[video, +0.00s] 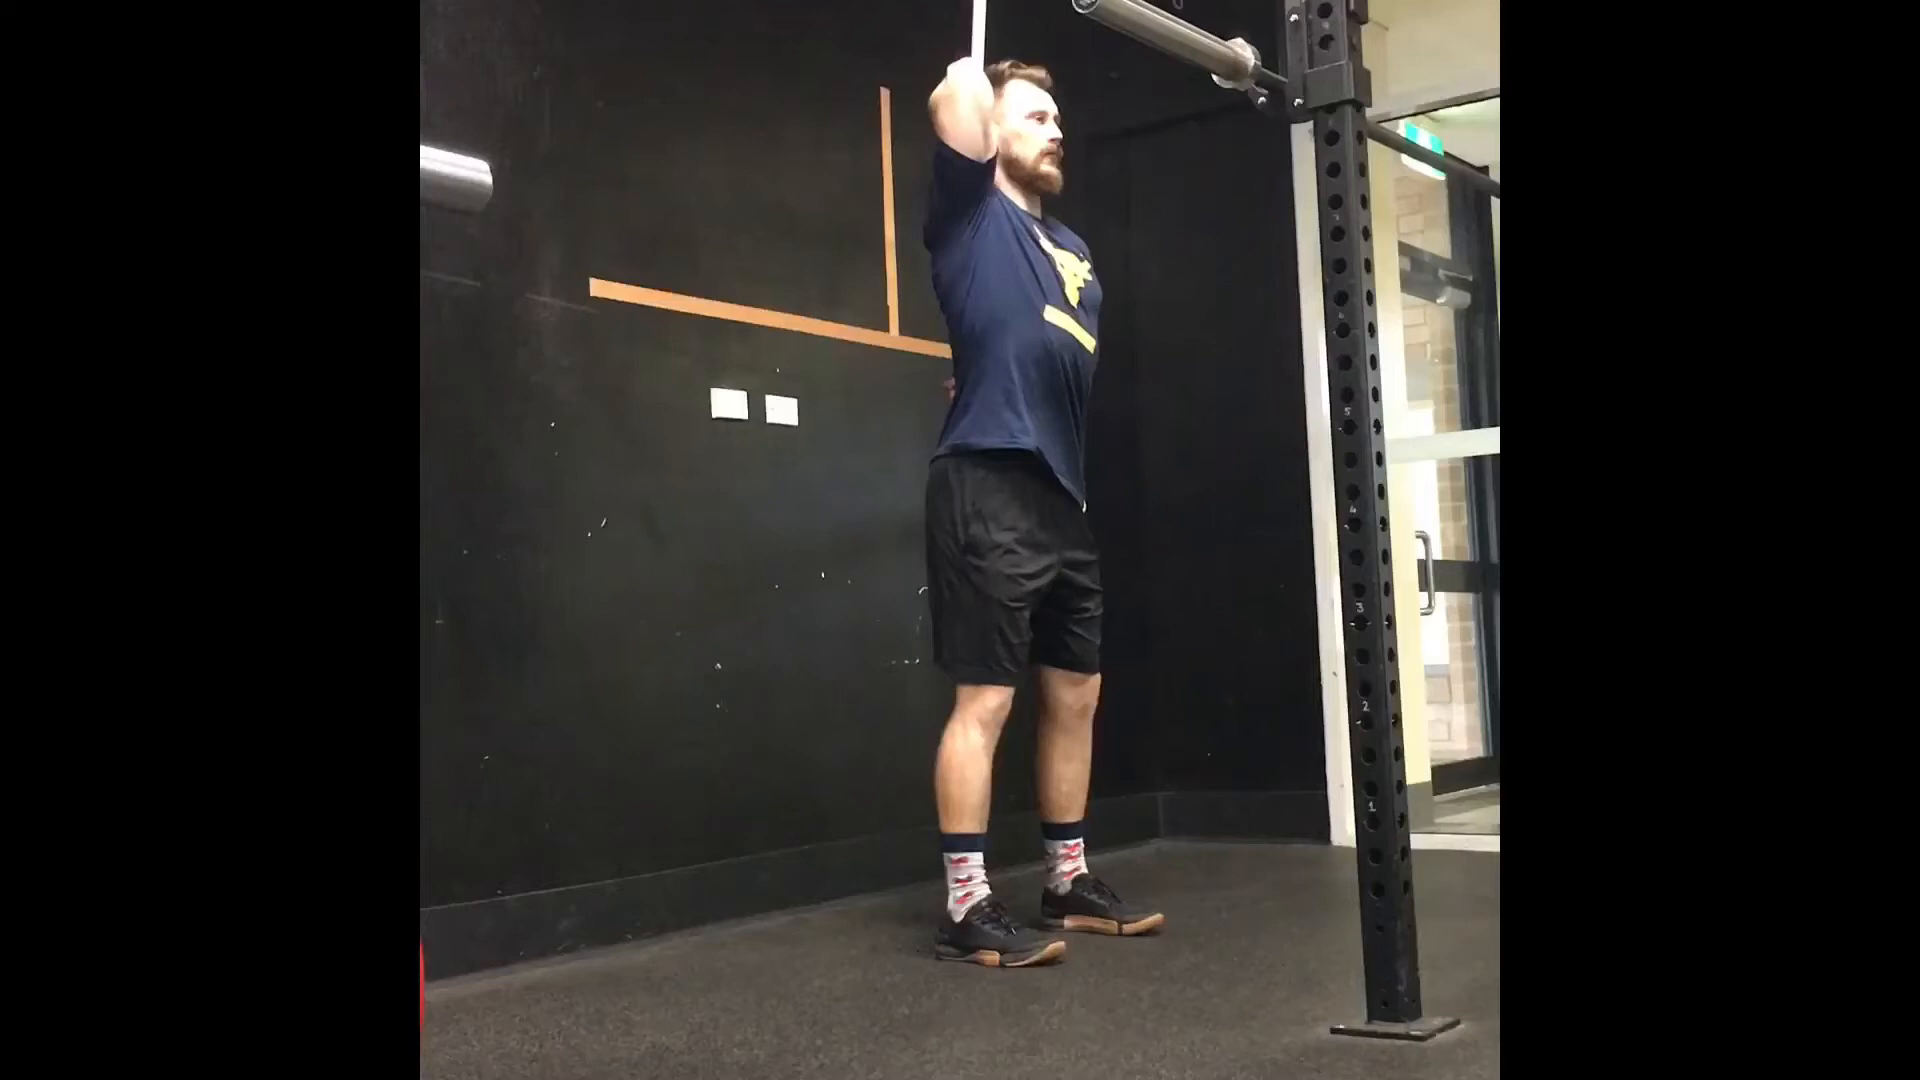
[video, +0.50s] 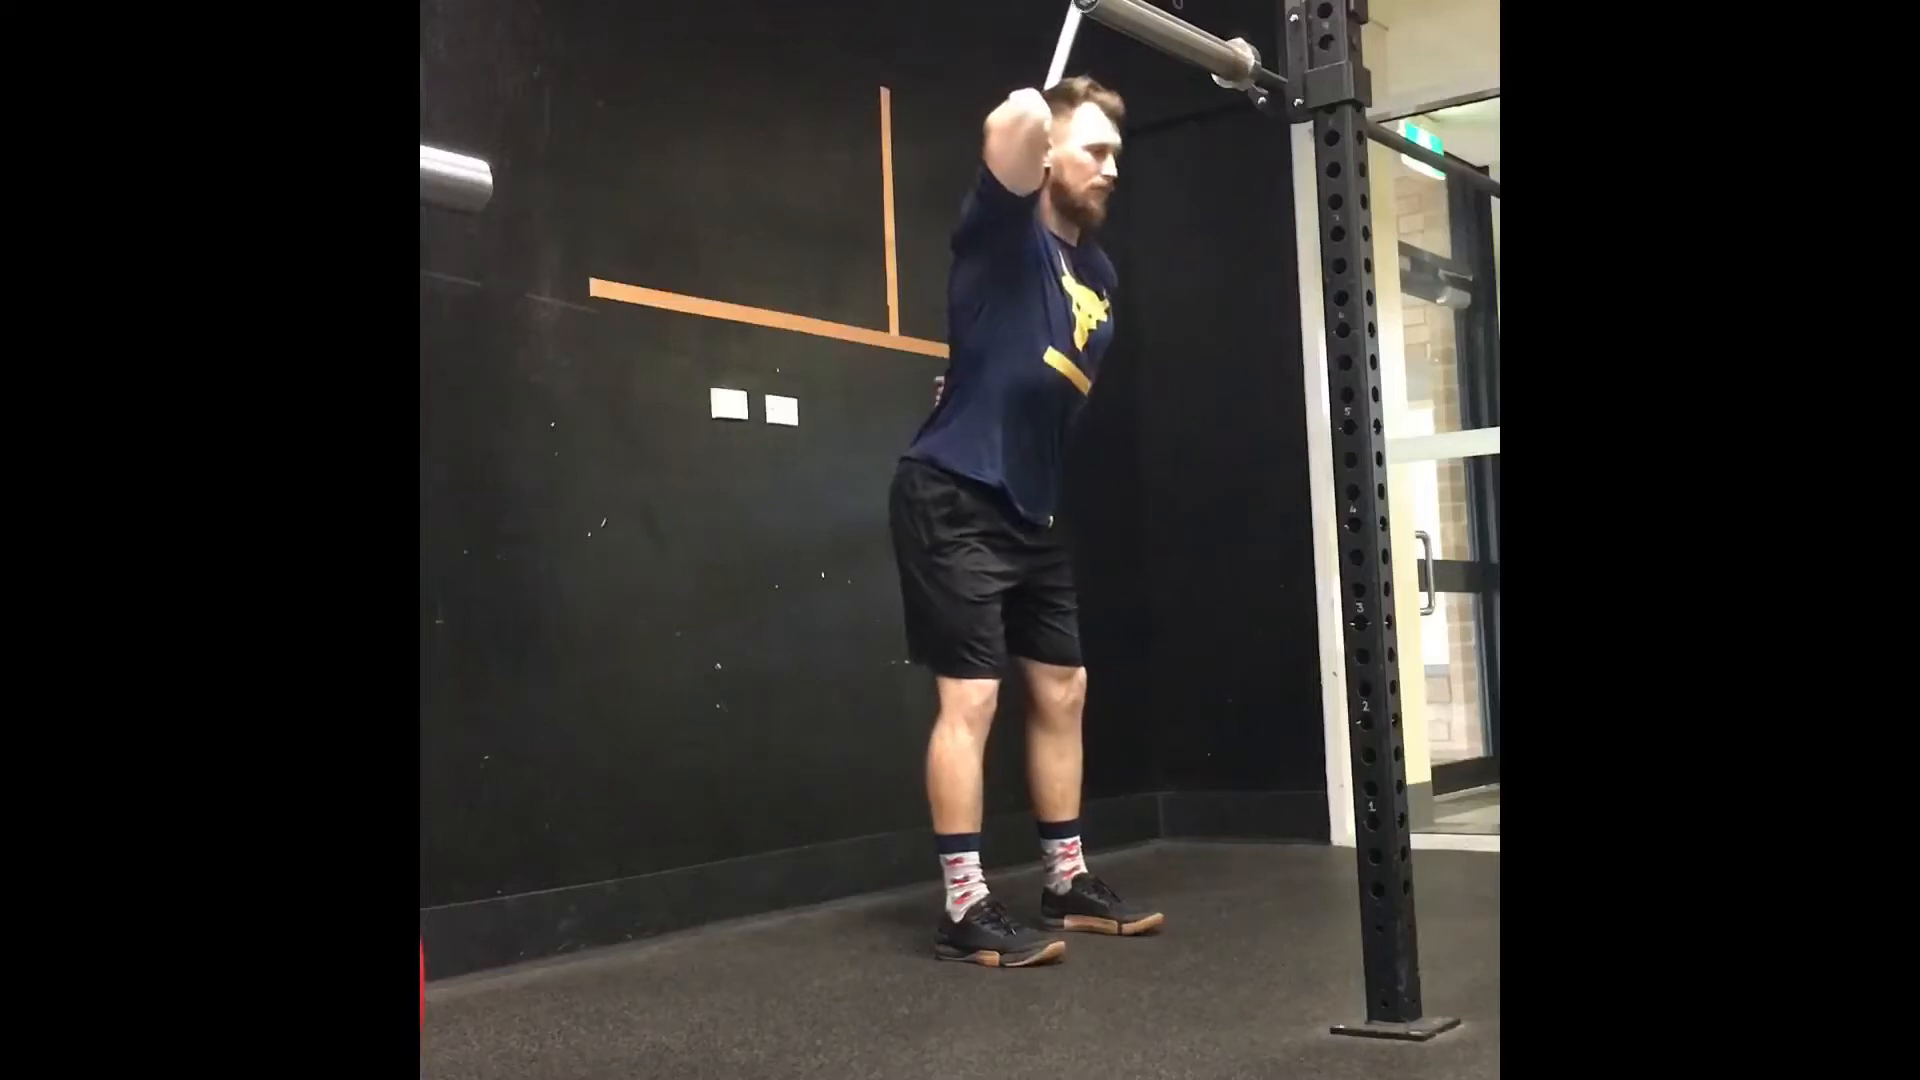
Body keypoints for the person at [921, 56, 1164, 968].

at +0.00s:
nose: (1054, 128)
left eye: (1056, 116)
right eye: (1034, 115)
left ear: (1056, 139)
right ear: (987, 133)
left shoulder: (1075, 251)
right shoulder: (967, 215)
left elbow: (1059, 365)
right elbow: (956, 114)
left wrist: (981, 388)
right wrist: (970, 67)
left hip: (1060, 493)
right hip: (985, 484)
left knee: (1074, 690)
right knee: (985, 695)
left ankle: (1066, 885)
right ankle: (968, 910)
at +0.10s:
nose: (1059, 127)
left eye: (1061, 116)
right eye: (1039, 114)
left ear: (1060, 142)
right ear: (991, 131)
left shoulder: (1078, 252)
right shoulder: (970, 214)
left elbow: (1059, 365)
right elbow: (961, 115)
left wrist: (981, 387)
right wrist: (977, 66)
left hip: (1058, 495)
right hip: (982, 485)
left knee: (1072, 691)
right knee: (983, 696)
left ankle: (1066, 885)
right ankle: (968, 910)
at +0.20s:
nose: (1069, 132)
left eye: (1071, 121)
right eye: (1049, 118)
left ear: (1070, 143)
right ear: (1002, 131)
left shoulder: (1081, 254)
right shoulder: (973, 216)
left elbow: (1055, 368)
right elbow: (973, 113)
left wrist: (979, 387)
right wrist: (982, 78)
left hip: (1052, 501)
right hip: (976, 490)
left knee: (1070, 691)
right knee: (980, 695)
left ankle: (1066, 883)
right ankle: (967, 908)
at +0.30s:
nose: (1080, 140)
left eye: (1085, 129)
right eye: (1063, 123)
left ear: (1083, 149)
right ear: (1018, 136)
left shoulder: (1086, 262)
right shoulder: (981, 216)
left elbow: (1059, 376)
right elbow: (979, 109)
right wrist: (1004, 97)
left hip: (1046, 503)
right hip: (969, 490)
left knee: (1067, 691)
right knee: (977, 695)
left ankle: (1066, 881)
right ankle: (967, 906)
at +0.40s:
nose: (1097, 154)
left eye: (1101, 140)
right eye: (1081, 136)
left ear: (1096, 155)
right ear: (1031, 145)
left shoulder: (1092, 268)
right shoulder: (990, 225)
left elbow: (1058, 379)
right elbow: (994, 110)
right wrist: (1023, 99)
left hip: (1040, 506)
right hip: (962, 492)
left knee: (1063, 690)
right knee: (973, 697)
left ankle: (1067, 881)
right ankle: (966, 908)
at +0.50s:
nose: (1110, 170)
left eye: (1115, 156)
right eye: (1094, 153)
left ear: (1114, 167)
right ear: (1045, 154)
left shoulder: (1099, 276)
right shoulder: (999, 233)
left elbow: (1060, 386)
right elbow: (1009, 125)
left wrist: (974, 405)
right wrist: (1047, 105)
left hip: (1032, 511)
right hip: (953, 496)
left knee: (1060, 688)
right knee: (970, 697)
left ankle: (1068, 881)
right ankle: (966, 908)